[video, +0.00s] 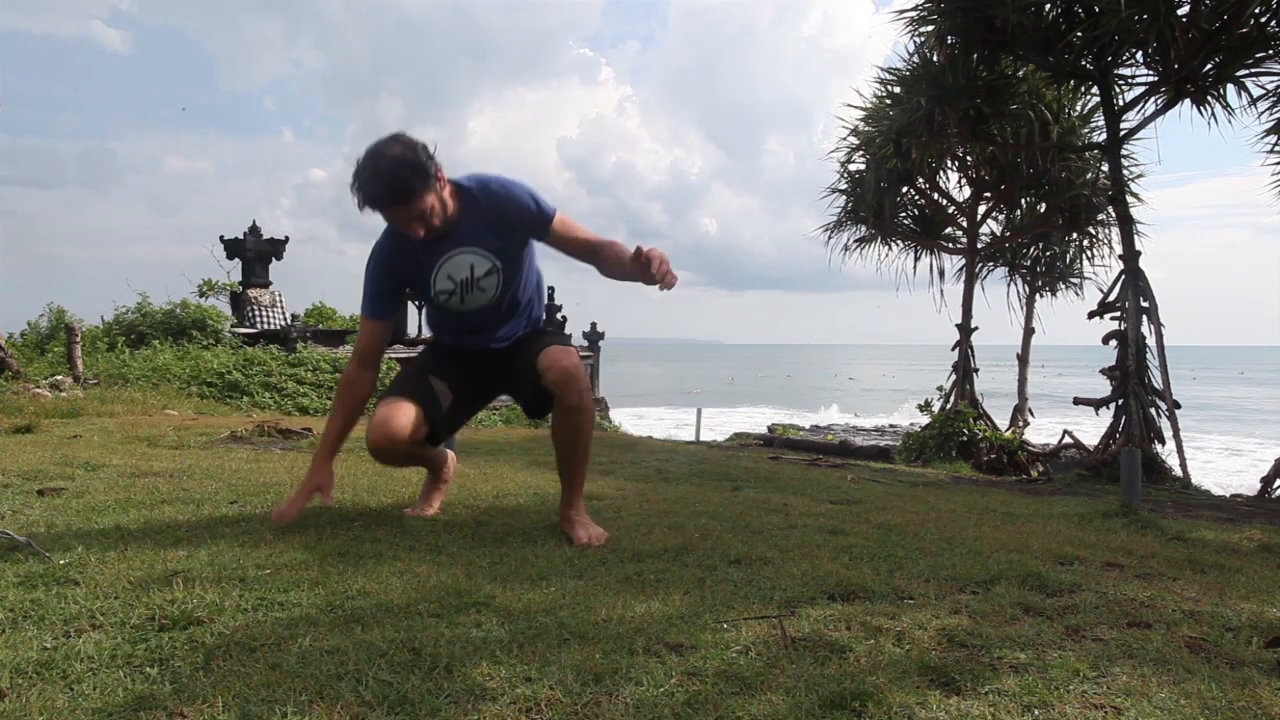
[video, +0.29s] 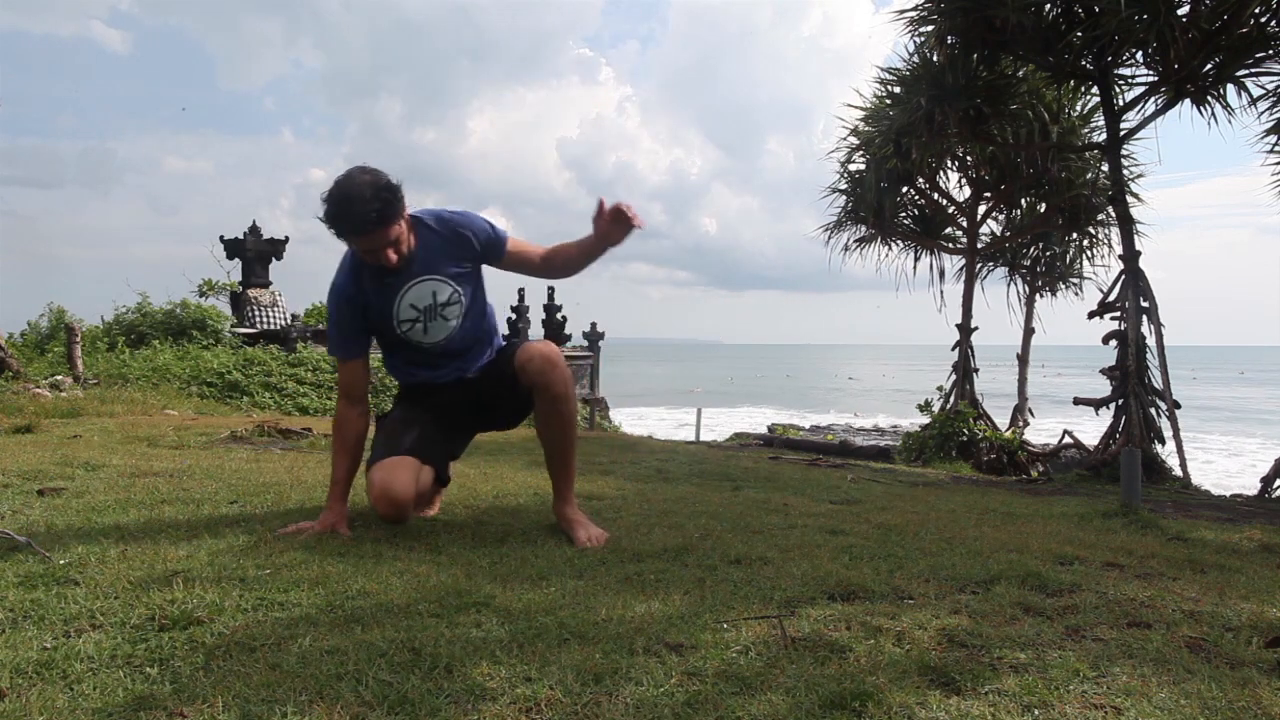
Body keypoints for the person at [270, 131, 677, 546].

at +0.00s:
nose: (415, 231)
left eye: (421, 215)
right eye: (399, 223)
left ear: (441, 182)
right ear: (383, 212)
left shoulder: (499, 199)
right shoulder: (390, 256)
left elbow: (591, 248)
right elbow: (363, 363)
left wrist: (638, 263)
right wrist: (322, 461)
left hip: (525, 343)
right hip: (454, 355)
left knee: (567, 370)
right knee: (385, 438)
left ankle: (574, 507)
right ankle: (443, 465)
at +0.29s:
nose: (388, 258)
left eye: (394, 242)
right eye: (372, 251)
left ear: (405, 212)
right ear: (348, 242)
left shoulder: (456, 232)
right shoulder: (349, 292)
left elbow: (544, 261)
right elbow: (352, 403)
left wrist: (599, 242)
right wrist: (334, 508)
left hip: (491, 379)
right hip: (424, 400)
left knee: (546, 359)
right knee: (389, 501)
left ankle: (566, 504)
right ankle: (434, 478)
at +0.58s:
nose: (380, 241)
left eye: (385, 224)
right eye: (363, 235)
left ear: (392, 204)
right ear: (333, 227)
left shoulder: (432, 227)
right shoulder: (332, 289)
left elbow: (514, 254)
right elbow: (344, 400)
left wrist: (564, 205)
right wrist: (334, 508)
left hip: (475, 378)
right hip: (412, 405)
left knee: (536, 328)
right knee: (378, 505)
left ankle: (562, 495)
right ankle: (430, 473)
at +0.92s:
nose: (415, 235)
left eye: (423, 221)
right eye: (401, 225)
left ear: (431, 205)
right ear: (369, 214)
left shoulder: (457, 244)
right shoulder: (351, 288)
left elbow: (524, 301)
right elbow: (349, 396)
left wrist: (584, 285)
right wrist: (333, 495)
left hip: (482, 389)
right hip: (416, 407)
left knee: (545, 356)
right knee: (387, 506)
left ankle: (530, 504)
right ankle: (431, 478)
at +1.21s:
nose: (488, 187)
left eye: (497, 175)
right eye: (478, 174)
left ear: (507, 170)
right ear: (446, 164)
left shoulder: (513, 228)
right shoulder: (399, 231)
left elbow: (557, 303)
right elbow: (344, 332)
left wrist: (631, 314)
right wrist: (303, 422)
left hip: (493, 362)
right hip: (422, 366)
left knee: (558, 363)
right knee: (403, 492)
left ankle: (530, 504)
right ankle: (431, 471)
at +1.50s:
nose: (543, 87)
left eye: (545, 73)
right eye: (531, 71)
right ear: (490, 71)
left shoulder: (540, 143)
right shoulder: (436, 136)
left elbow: (564, 224)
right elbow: (435, 224)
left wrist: (629, 260)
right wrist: (468, 231)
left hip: (514, 299)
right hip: (442, 300)